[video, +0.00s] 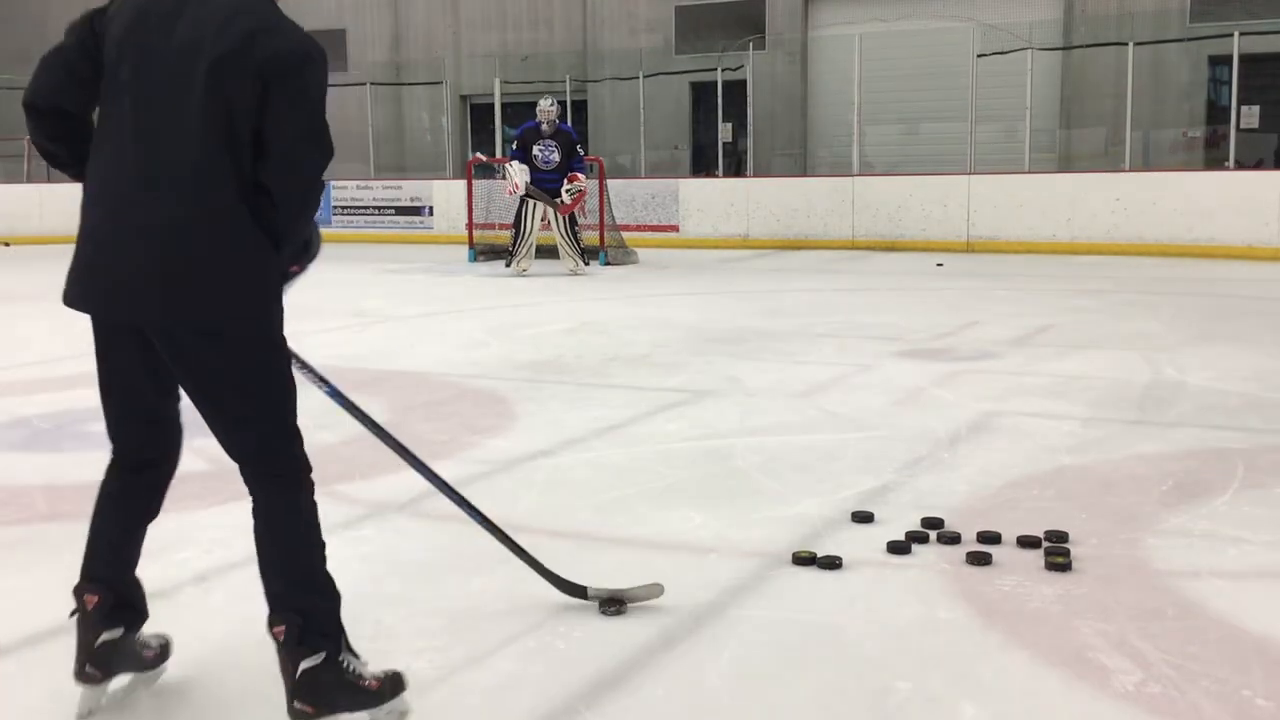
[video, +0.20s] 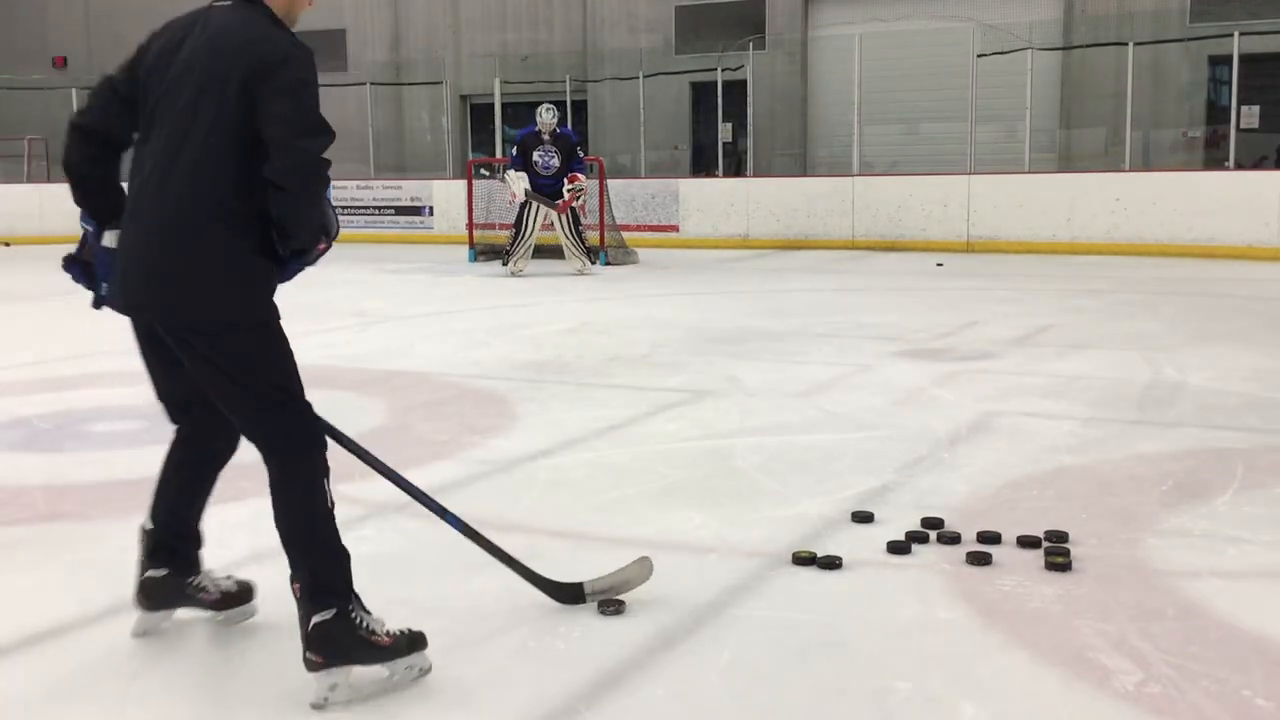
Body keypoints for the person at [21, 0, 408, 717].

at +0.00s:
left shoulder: (125, 14)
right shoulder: (286, 43)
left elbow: (46, 100)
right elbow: (293, 170)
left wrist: (114, 172)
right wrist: (292, 245)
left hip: (114, 280)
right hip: (218, 289)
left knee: (140, 453)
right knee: (278, 473)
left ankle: (100, 631)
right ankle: (314, 662)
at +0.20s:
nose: (313, 5)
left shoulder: (176, 34)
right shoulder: (281, 54)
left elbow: (88, 135)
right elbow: (297, 173)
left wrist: (112, 215)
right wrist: (308, 241)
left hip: (144, 276)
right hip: (218, 284)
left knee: (207, 423)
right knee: (295, 441)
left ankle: (168, 570)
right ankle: (331, 617)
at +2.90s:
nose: (583, 57)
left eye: (585, 46)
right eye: (585, 47)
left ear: (528, 30)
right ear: (572, 42)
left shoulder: (455, 66)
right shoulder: (565, 113)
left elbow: (371, 110)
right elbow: (566, 215)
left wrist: (394, 185)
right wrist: (596, 305)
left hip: (402, 247)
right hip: (477, 258)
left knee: (414, 372)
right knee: (525, 397)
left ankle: (389, 492)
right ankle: (539, 538)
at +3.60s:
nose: (584, 67)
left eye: (588, 56)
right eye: (586, 54)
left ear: (537, 26)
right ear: (565, 38)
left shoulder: (446, 44)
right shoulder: (556, 114)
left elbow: (352, 37)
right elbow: (534, 217)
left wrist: (372, 117)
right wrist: (529, 301)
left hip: (383, 243)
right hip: (466, 257)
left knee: (389, 386)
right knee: (505, 404)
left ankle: (357, 527)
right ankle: (529, 558)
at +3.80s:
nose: (547, 74)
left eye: (550, 63)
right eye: (550, 62)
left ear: (495, 31)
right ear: (533, 50)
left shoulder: (411, 48)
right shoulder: (516, 125)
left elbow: (313, 38)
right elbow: (484, 231)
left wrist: (339, 118)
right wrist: (472, 300)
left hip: (338, 246)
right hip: (415, 261)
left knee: (374, 390)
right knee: (465, 410)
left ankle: (343, 529)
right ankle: (467, 569)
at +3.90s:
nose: (529, 62)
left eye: (529, 51)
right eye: (532, 53)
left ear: (477, 24)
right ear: (521, 51)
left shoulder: (397, 47)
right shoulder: (499, 125)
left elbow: (299, 41)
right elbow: (465, 234)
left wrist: (319, 121)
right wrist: (455, 307)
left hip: (320, 245)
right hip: (392, 259)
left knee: (369, 389)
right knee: (447, 409)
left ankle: (336, 530)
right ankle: (436, 574)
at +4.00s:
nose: (515, 52)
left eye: (515, 41)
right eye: (518, 43)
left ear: (462, 21)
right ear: (507, 44)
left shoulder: (383, 46)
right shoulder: (481, 120)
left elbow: (284, 45)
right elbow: (452, 232)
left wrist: (304, 122)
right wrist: (450, 311)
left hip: (306, 243)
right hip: (376, 256)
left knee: (358, 392)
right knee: (431, 407)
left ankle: (327, 532)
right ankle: (414, 576)